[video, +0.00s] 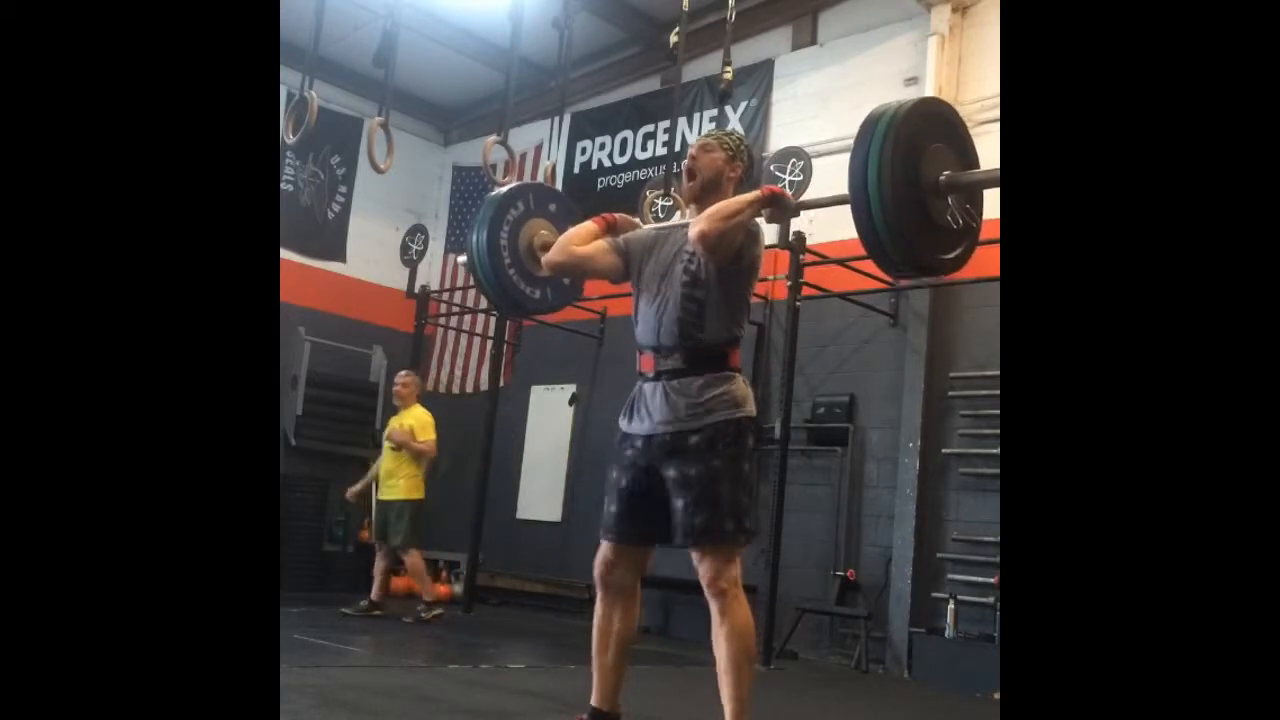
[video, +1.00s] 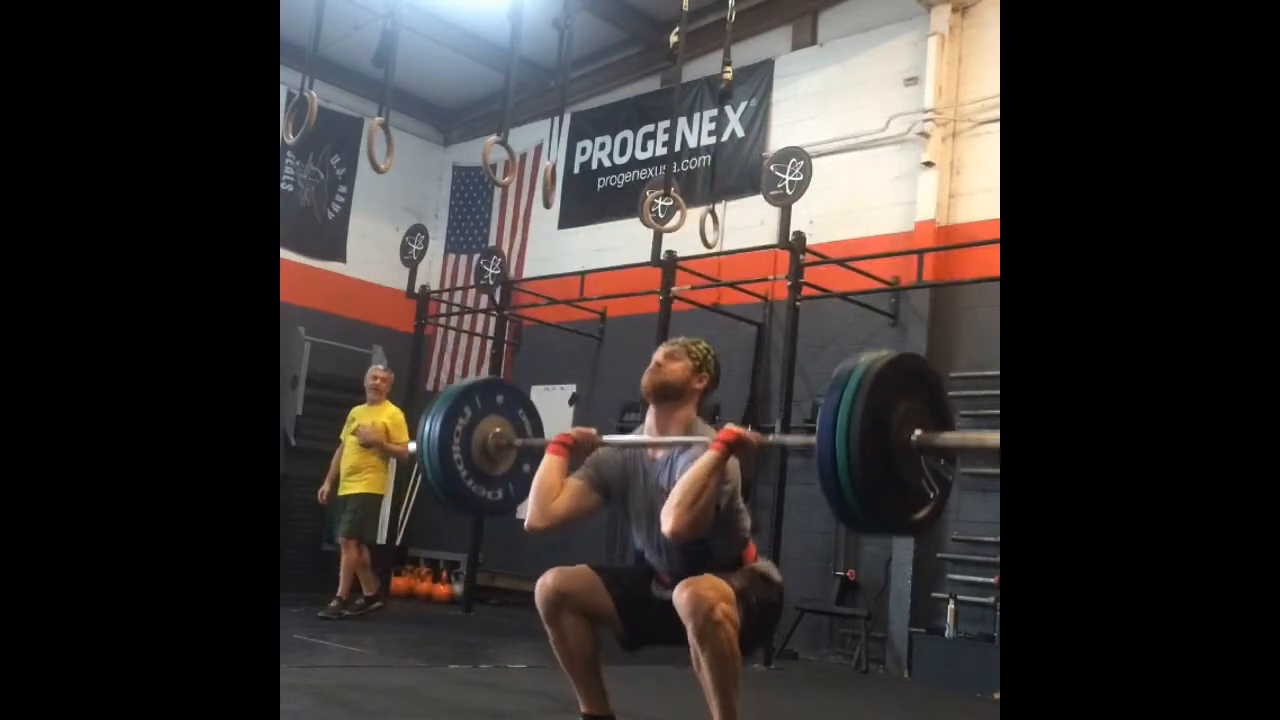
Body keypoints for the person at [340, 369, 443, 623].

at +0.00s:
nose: (397, 389)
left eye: (403, 386)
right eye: (395, 385)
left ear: (415, 390)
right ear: (393, 389)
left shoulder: (421, 417)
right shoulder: (394, 419)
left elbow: (430, 450)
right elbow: (385, 458)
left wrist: (404, 441)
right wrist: (360, 485)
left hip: (407, 493)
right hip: (385, 492)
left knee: (406, 547)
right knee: (382, 547)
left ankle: (430, 601)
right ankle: (374, 600)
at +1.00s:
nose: (377, 383)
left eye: (382, 380)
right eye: (373, 378)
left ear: (389, 385)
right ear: (365, 382)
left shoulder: (394, 415)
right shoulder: (355, 412)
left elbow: (404, 452)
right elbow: (342, 448)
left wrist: (378, 441)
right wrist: (329, 480)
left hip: (370, 486)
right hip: (347, 485)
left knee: (348, 539)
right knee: (354, 543)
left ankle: (341, 597)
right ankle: (372, 593)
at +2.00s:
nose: (333, 373)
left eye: (339, 369)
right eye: (328, 368)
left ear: (347, 375)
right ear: (320, 372)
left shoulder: (360, 406)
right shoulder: (306, 405)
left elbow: (378, 443)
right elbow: (292, 444)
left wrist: (355, 438)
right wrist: (285, 479)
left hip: (344, 490)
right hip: (307, 486)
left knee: (343, 545)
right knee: (293, 539)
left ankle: (339, 599)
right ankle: (282, 593)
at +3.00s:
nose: (314, 369)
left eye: (318, 364)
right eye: (309, 364)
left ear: (322, 368)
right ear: (296, 367)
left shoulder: (336, 399)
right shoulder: (284, 399)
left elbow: (355, 434)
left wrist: (331, 431)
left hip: (318, 485)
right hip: (285, 483)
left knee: (314, 541)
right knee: (283, 543)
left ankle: (311, 600)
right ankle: (280, 597)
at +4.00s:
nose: (360, 363)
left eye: (364, 359)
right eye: (354, 358)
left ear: (369, 365)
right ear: (341, 364)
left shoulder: (376, 401)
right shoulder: (323, 395)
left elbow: (386, 439)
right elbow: (302, 438)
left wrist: (380, 438)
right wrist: (298, 478)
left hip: (359, 485)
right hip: (326, 480)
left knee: (340, 545)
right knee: (327, 541)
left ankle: (313, 603)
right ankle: (324, 605)